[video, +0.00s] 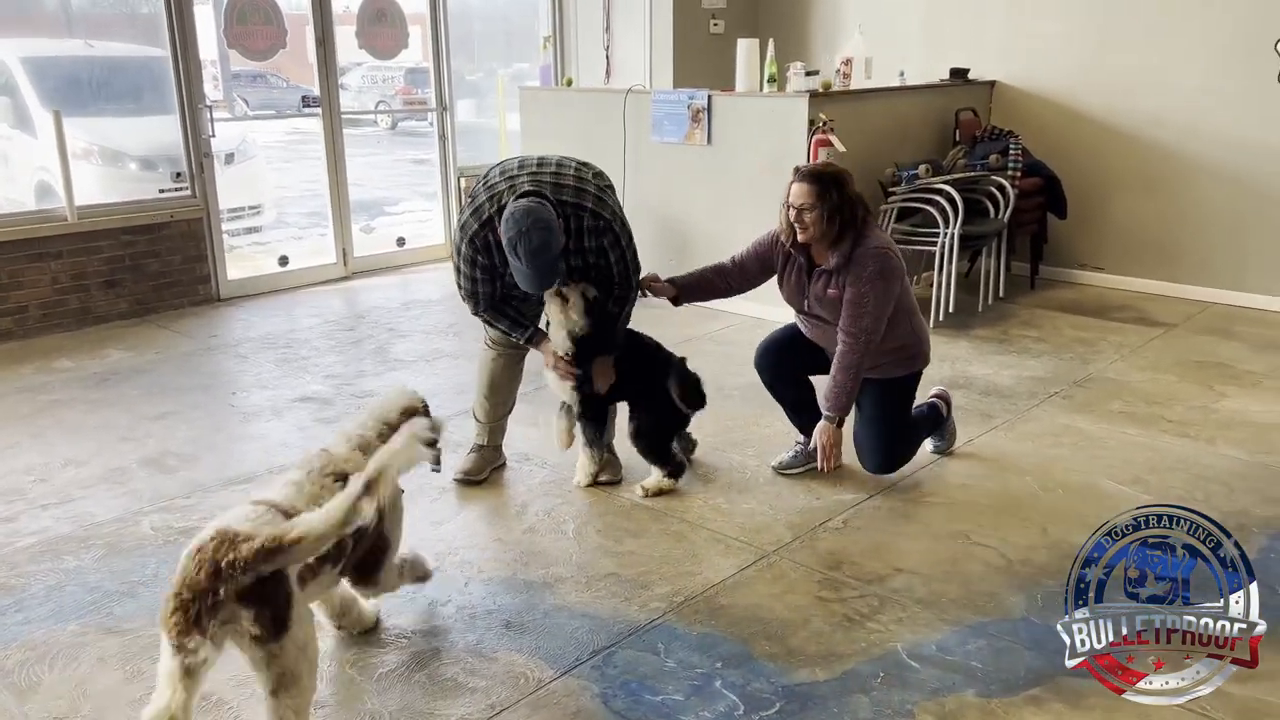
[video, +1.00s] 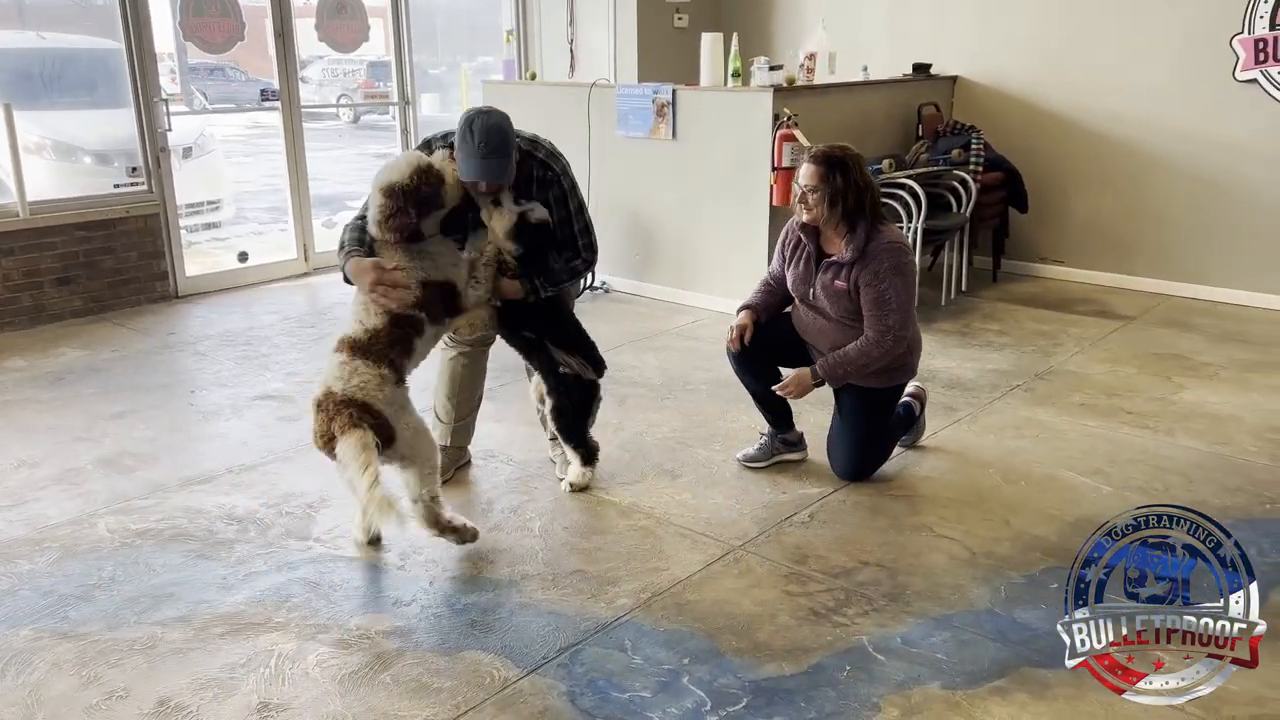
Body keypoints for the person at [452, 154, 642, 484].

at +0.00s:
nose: (545, 289)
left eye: (551, 278)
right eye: (533, 284)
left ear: (561, 231)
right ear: (503, 241)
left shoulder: (596, 214)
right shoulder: (475, 230)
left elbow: (625, 283)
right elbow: (482, 303)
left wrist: (605, 355)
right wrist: (542, 344)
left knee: (595, 343)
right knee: (501, 342)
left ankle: (601, 449)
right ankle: (486, 447)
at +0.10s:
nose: (528, 281)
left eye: (537, 272)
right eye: (519, 276)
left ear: (554, 229)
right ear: (494, 233)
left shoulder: (592, 211)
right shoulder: (469, 225)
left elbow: (624, 276)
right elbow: (469, 296)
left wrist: (594, 348)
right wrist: (530, 337)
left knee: (589, 344)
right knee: (497, 343)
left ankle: (596, 449)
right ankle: (481, 448)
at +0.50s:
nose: (512, 255)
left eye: (521, 247)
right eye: (503, 249)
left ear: (540, 216)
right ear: (482, 212)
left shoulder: (576, 209)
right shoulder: (454, 208)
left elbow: (599, 290)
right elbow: (432, 275)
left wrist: (549, 342)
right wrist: (501, 307)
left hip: (556, 262)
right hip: (482, 264)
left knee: (562, 349)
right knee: (477, 343)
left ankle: (577, 445)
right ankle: (463, 446)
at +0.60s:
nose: (504, 244)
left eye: (515, 235)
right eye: (494, 237)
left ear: (536, 205)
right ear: (480, 197)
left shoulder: (573, 202)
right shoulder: (446, 193)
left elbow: (592, 287)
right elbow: (415, 250)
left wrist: (533, 328)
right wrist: (466, 291)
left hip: (549, 278)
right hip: (476, 277)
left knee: (560, 354)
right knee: (467, 353)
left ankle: (573, 444)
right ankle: (459, 447)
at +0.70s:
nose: (498, 232)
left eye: (507, 224)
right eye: (488, 223)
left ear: (531, 196)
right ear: (475, 181)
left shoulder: (569, 199)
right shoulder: (444, 175)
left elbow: (587, 286)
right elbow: (393, 219)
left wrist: (530, 327)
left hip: (543, 280)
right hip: (469, 274)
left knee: (556, 362)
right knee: (466, 356)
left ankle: (570, 444)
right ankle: (457, 447)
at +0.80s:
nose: (485, 212)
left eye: (497, 207)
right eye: (478, 202)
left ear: (525, 187)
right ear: (470, 174)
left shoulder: (562, 193)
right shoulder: (443, 169)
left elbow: (588, 278)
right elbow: (380, 215)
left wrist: (532, 319)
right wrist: (332, 275)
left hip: (539, 289)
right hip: (470, 280)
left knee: (551, 366)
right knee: (464, 355)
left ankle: (568, 446)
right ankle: (454, 446)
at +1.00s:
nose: (486, 188)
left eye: (496, 179)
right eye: (475, 179)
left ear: (514, 157)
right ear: (456, 158)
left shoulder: (546, 167)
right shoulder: (430, 162)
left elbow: (581, 253)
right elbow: (368, 218)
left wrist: (524, 286)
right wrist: (353, 264)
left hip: (536, 279)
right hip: (465, 278)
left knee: (548, 362)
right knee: (462, 347)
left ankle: (564, 447)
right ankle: (450, 451)